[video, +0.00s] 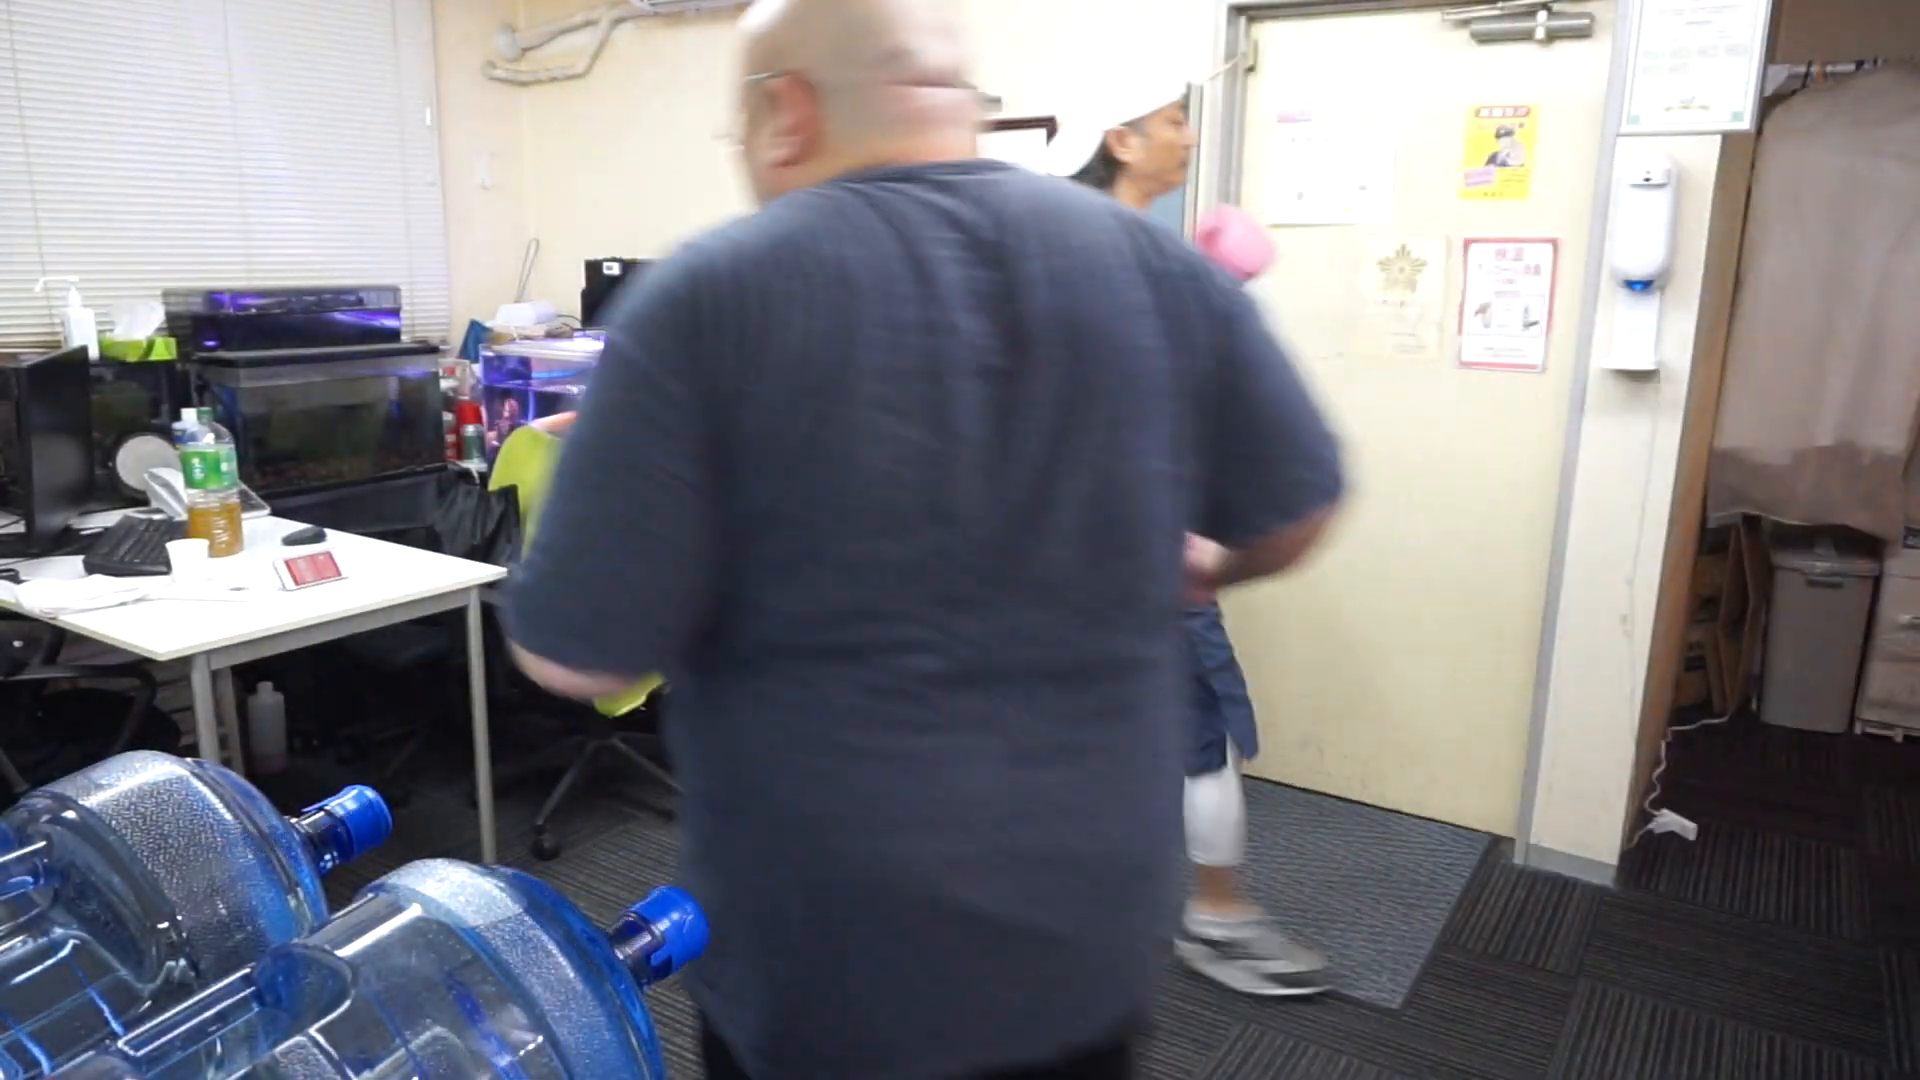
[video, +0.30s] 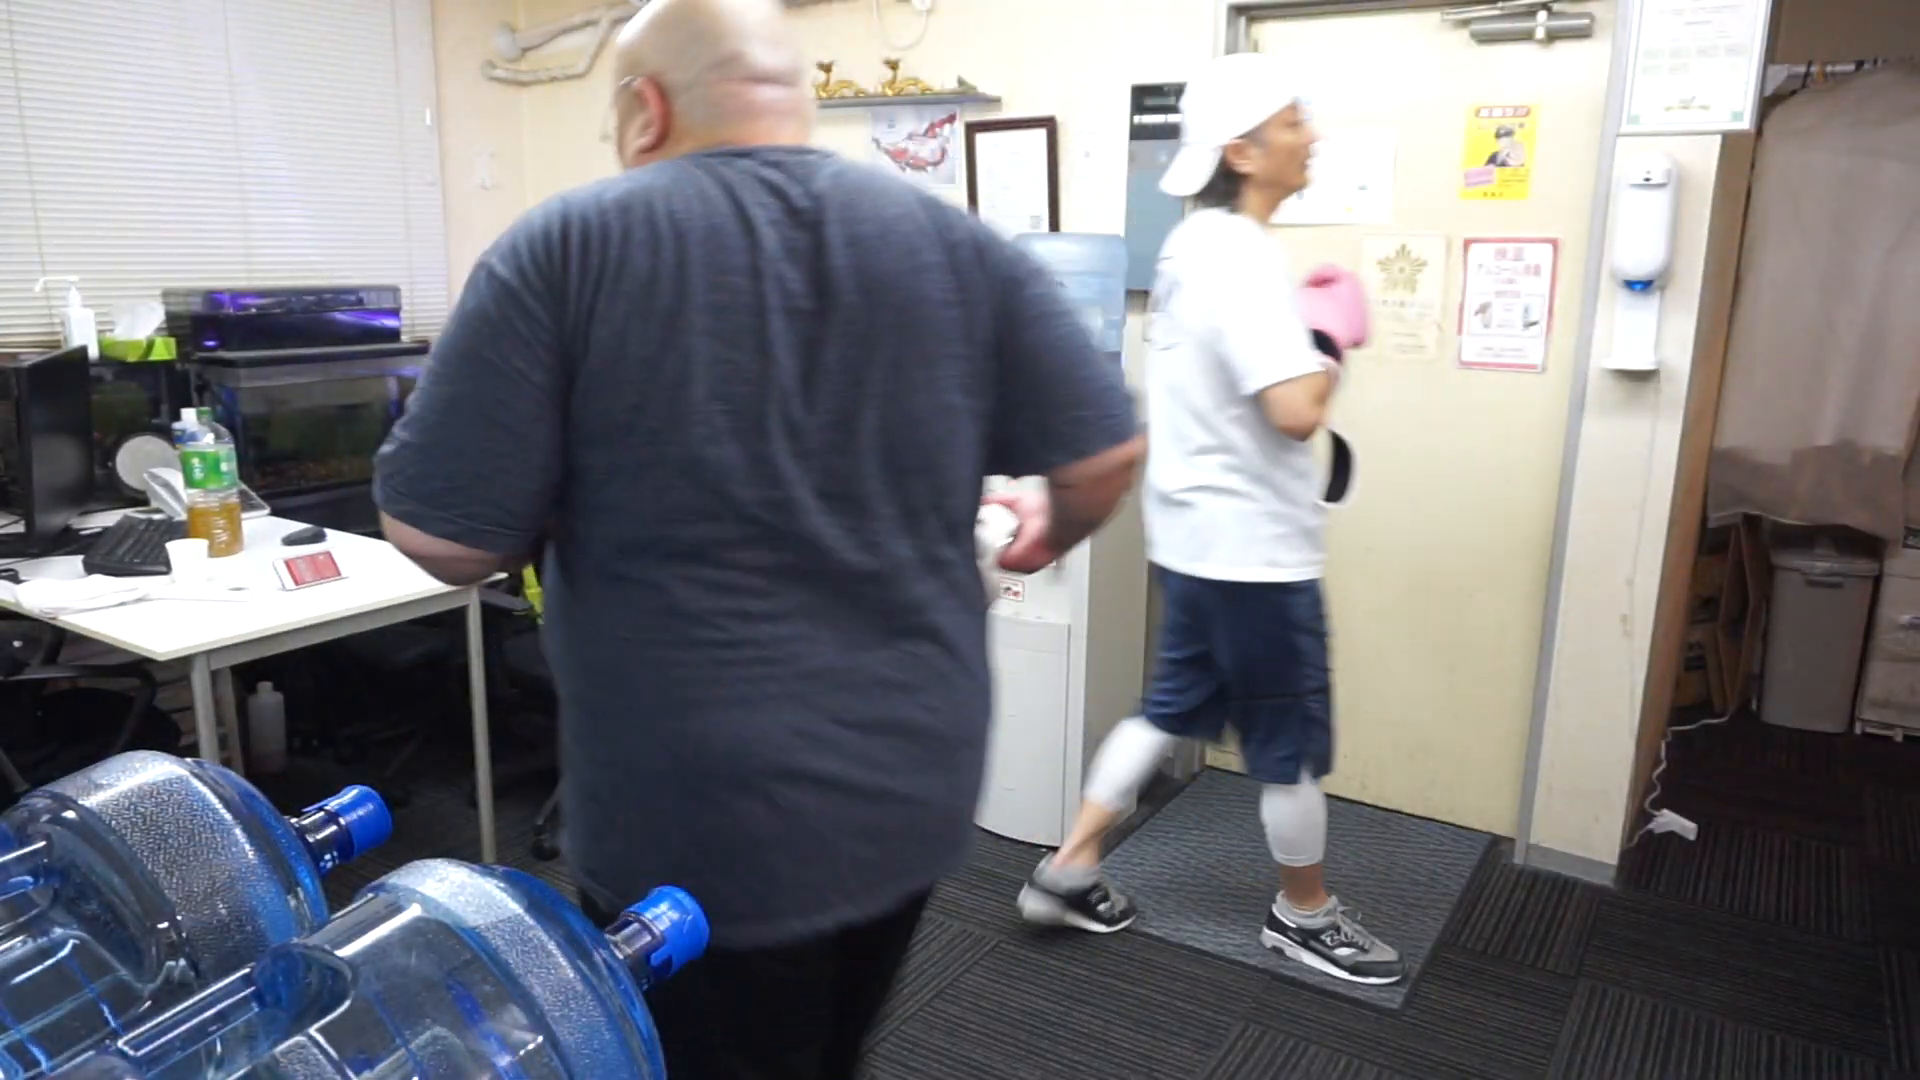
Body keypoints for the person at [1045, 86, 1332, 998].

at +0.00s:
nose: (1189, 136)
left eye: (1185, 120)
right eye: (1172, 121)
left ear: (1129, 145)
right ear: (1122, 140)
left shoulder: (1132, 240)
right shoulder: (1116, 243)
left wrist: (1210, 283)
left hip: (1140, 522)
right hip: (1145, 530)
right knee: (1208, 703)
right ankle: (1217, 908)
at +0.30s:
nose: (1312, 137)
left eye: (1303, 120)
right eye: (1293, 124)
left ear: (1243, 155)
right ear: (1244, 155)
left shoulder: (1192, 244)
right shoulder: (1244, 256)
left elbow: (1215, 375)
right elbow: (1296, 410)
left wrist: (1295, 316)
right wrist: (1332, 345)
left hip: (1190, 536)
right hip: (1255, 547)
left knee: (1174, 700)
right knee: (1288, 735)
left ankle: (1068, 870)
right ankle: (1305, 912)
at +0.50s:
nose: (1388, 126)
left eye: (1379, 111)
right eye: (1370, 117)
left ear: (1325, 149)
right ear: (1324, 148)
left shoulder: (1280, 237)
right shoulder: (1324, 252)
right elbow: (1388, 401)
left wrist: (1379, 302)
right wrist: (1423, 338)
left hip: (1280, 526)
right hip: (1321, 538)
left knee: (1321, 698)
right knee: (1329, 728)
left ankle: (1198, 809)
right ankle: (1303, 913)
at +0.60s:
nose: (1419, 119)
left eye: (1410, 104)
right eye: (1399, 110)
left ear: (1354, 143)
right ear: (1351, 141)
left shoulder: (1329, 234)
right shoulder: (1353, 247)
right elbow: (1433, 400)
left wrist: (1431, 316)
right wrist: (1458, 334)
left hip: (1337, 531)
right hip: (1337, 542)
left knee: (1391, 694)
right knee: (1334, 733)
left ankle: (1287, 826)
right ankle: (1302, 913)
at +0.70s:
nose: (1447, 116)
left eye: (1437, 102)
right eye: (1426, 108)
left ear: (1389, 147)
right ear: (1379, 144)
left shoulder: (1382, 237)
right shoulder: (1376, 249)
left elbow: (1430, 377)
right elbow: (1462, 400)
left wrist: (1473, 312)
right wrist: (1490, 322)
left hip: (1387, 538)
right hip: (1358, 545)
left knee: (1415, 703)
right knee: (1345, 731)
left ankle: (1406, 863)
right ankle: (1301, 908)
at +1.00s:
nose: (1536, 123)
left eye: (1527, 109)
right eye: (1513, 115)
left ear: (1479, 152)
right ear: (1463, 152)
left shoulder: (1493, 248)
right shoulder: (1459, 251)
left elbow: (1527, 375)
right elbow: (1539, 398)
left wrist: (1569, 309)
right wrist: (1586, 325)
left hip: (1507, 546)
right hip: (1464, 552)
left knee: (1496, 738)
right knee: (1474, 752)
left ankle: (1476, 898)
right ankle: (1326, 892)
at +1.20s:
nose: (1593, 118)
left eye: (1586, 103)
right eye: (1567, 111)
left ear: (1553, 146)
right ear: (1514, 149)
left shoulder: (1561, 248)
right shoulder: (1508, 248)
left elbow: (1585, 373)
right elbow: (1578, 390)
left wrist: (1635, 315)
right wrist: (1641, 320)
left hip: (1544, 543)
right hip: (1509, 547)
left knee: (1502, 732)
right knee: (1582, 755)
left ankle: (1486, 901)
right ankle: (1451, 897)